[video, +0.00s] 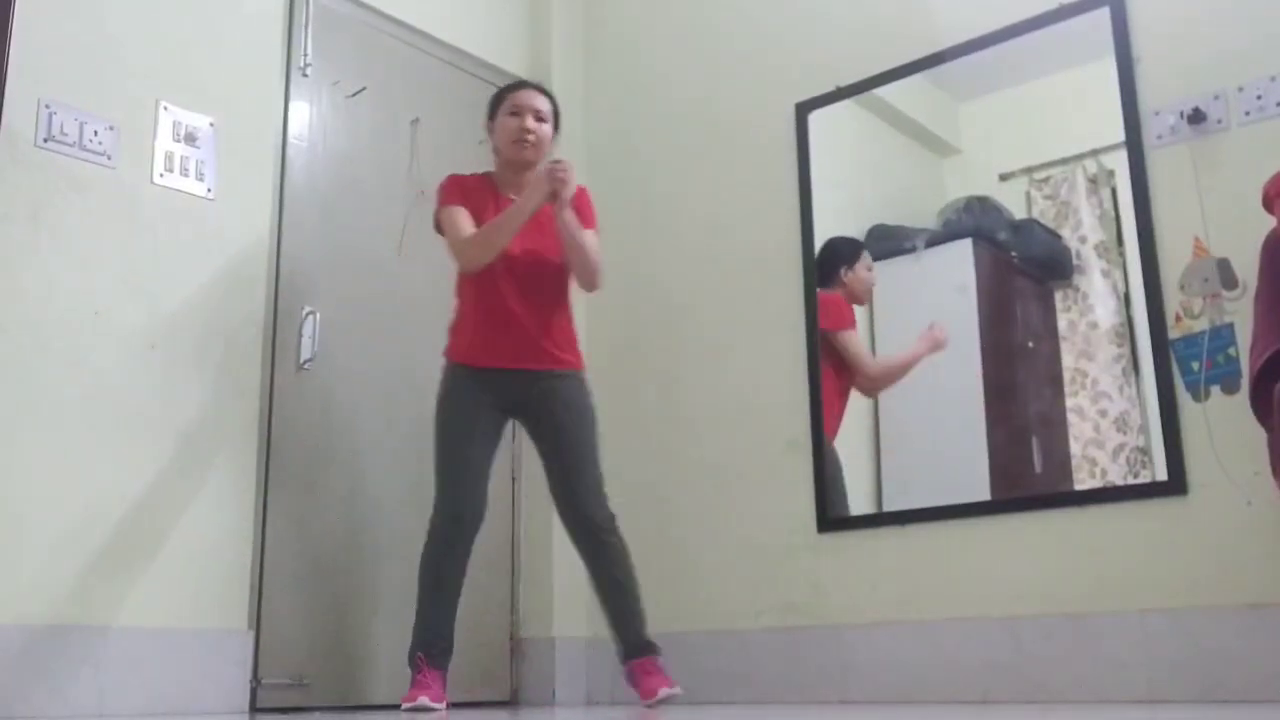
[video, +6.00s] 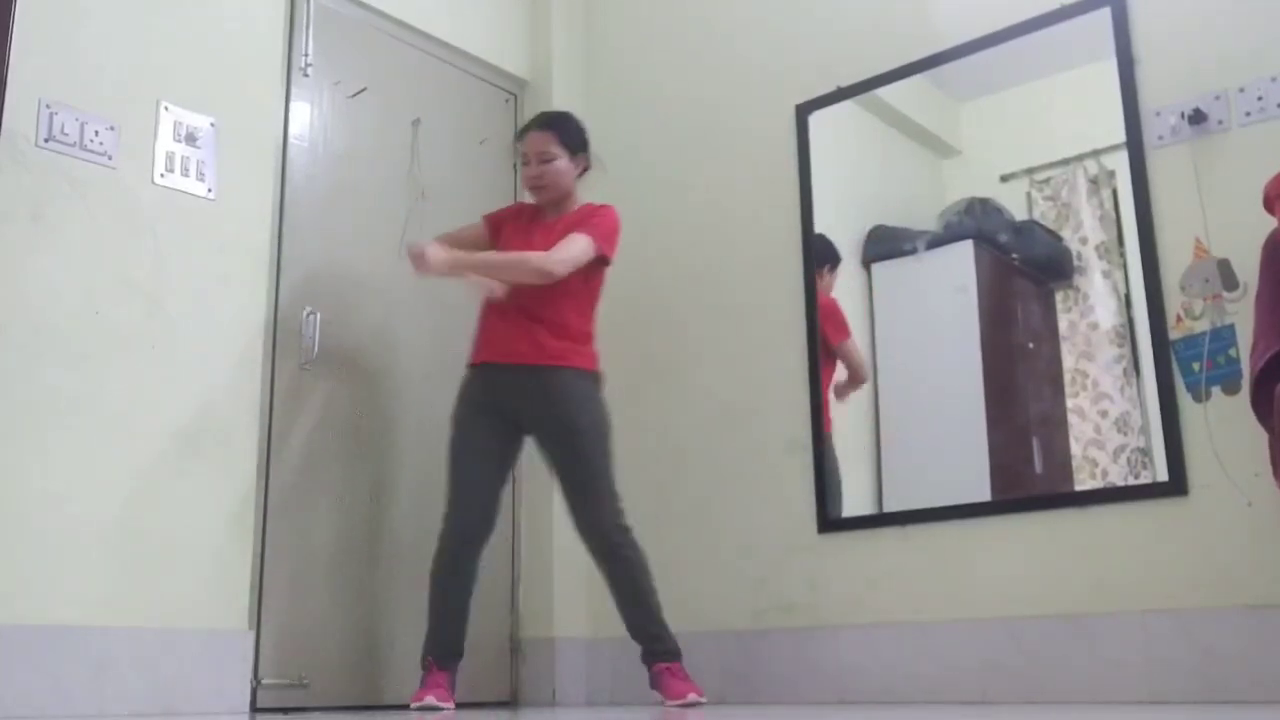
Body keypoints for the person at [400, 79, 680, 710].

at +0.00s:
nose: (528, 124)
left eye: (540, 117)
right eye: (515, 114)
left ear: (554, 137)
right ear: (491, 128)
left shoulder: (572, 198)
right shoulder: (461, 190)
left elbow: (590, 277)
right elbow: (469, 255)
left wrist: (559, 203)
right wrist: (533, 195)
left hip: (554, 376)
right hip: (475, 375)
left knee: (590, 517)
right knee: (457, 514)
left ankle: (641, 660)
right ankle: (428, 672)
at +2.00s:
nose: (503, 160)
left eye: (514, 151)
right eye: (490, 149)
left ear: (529, 167)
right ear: (467, 160)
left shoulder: (542, 237)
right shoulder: (432, 223)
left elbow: (559, 324)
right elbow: (384, 310)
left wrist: (557, 379)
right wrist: (411, 364)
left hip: (512, 388)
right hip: (437, 385)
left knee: (521, 484)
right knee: (436, 518)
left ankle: (507, 598)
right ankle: (428, 673)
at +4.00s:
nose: (471, 163)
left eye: (484, 151)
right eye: (464, 152)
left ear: (521, 154)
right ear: (460, 155)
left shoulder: (553, 226)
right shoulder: (442, 209)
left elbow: (583, 301)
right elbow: (362, 260)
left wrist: (590, 385)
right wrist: (363, 349)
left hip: (518, 384)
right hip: (443, 380)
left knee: (492, 506)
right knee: (441, 514)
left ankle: (474, 649)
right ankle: (439, 666)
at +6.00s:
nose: (532, 172)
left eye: (546, 160)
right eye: (525, 162)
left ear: (579, 164)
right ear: (519, 167)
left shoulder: (600, 219)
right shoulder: (509, 220)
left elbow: (550, 266)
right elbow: (435, 249)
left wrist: (454, 262)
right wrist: (479, 275)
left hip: (566, 387)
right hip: (491, 384)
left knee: (603, 526)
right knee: (463, 527)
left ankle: (665, 664)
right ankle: (437, 674)